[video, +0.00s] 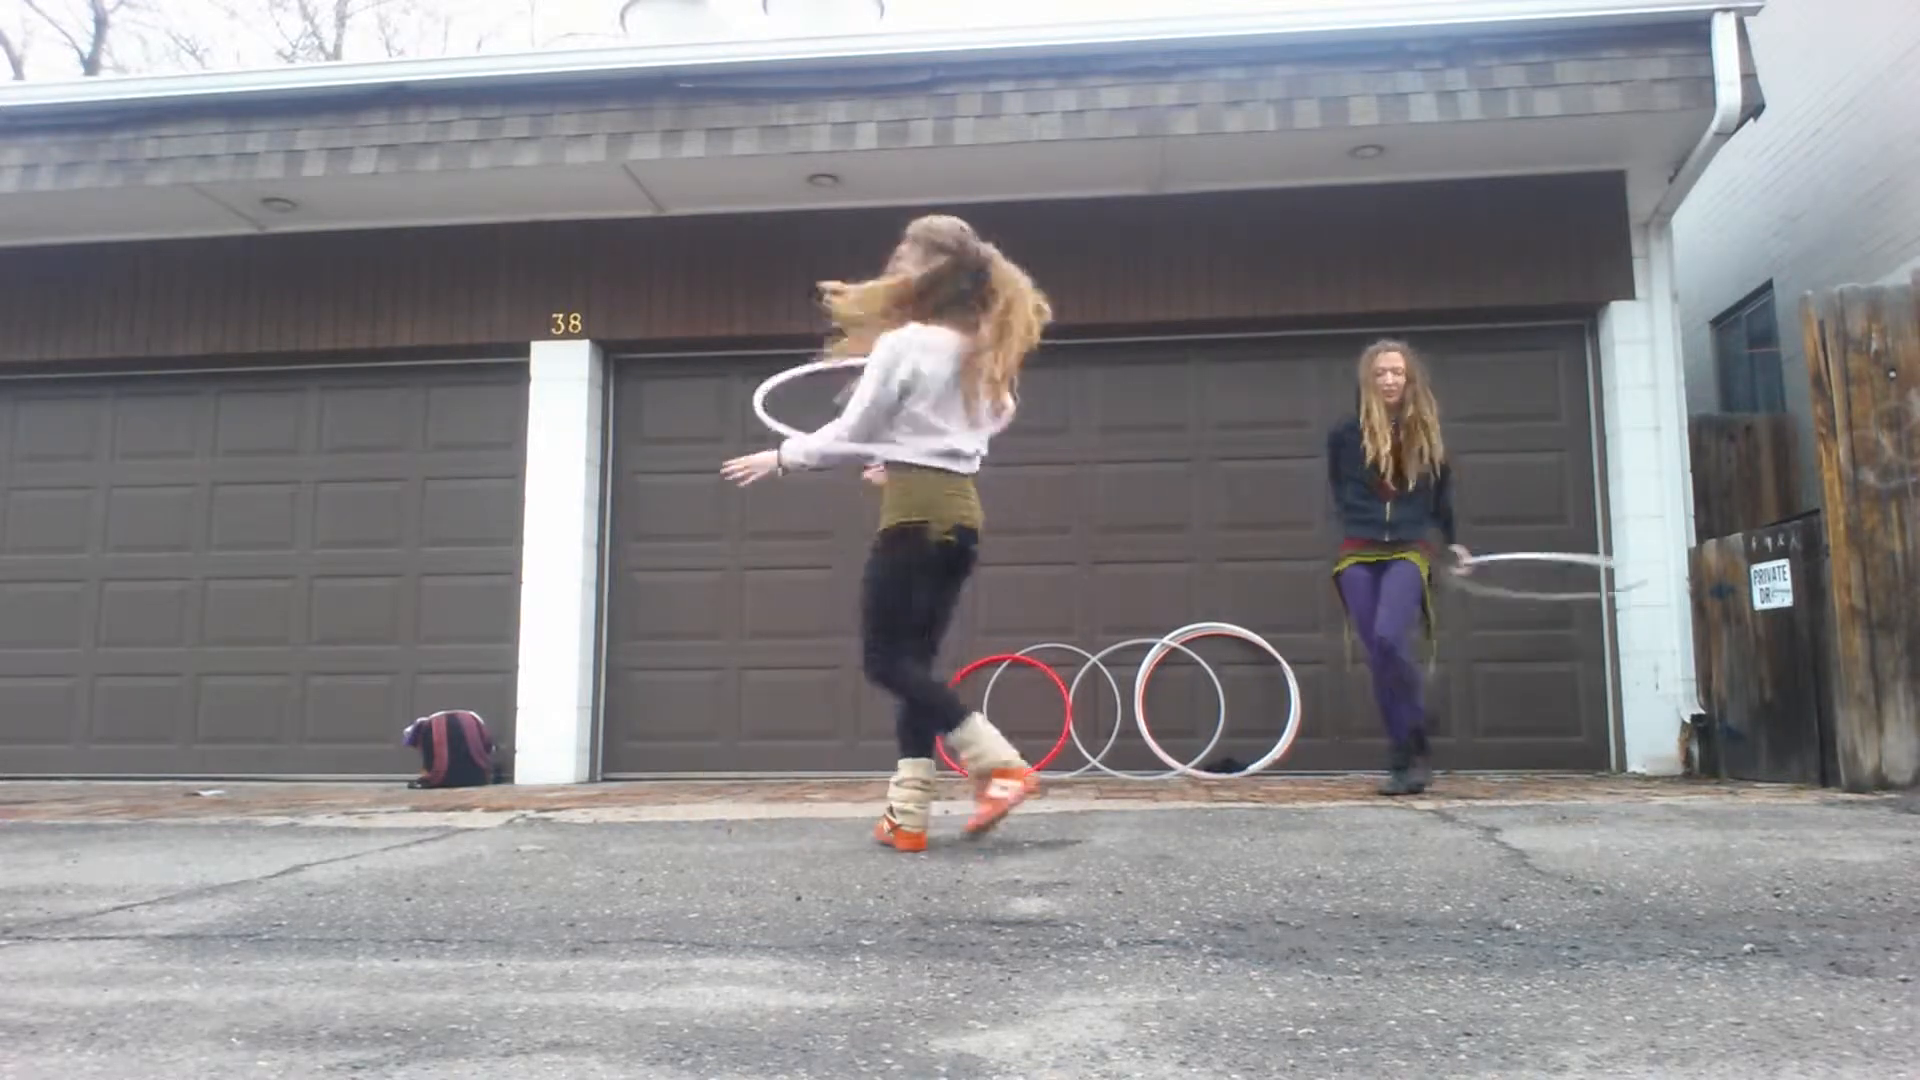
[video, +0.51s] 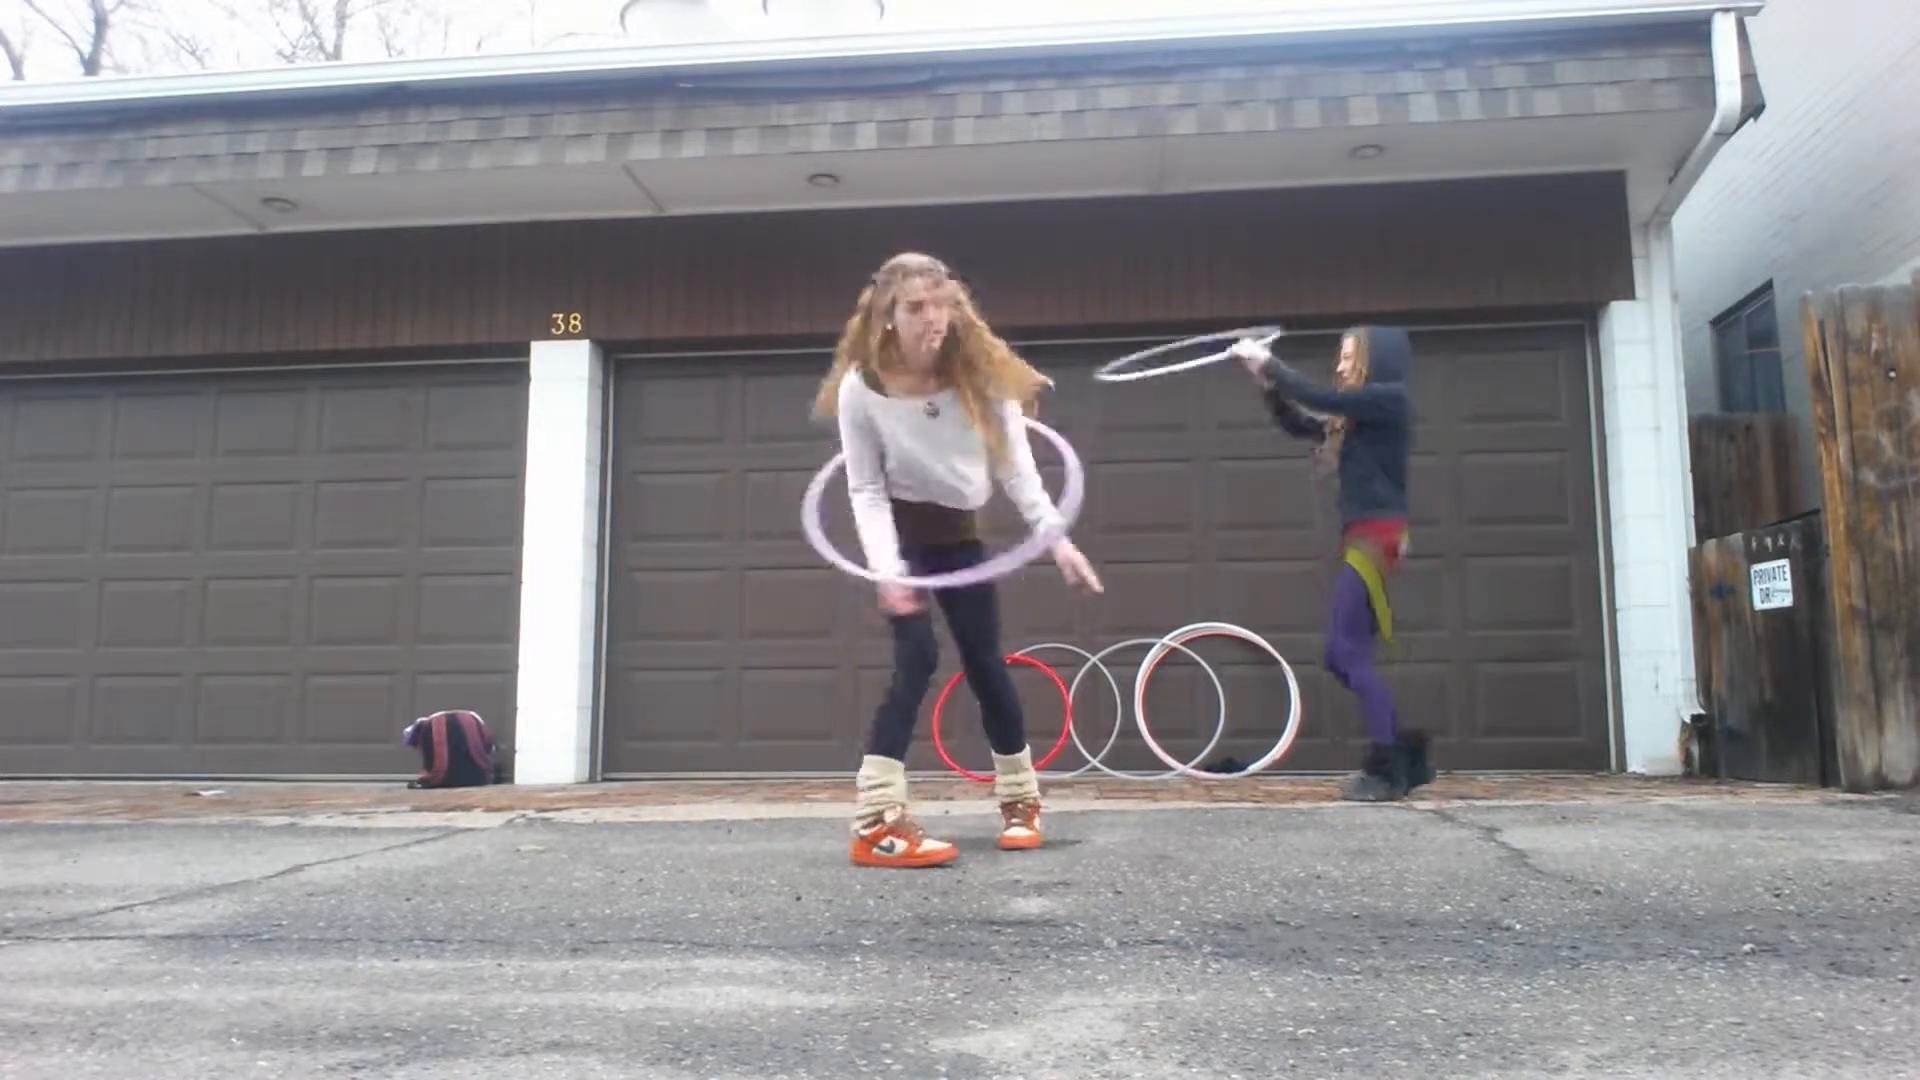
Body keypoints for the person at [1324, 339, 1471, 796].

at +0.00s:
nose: (1388, 381)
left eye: (1396, 373)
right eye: (1380, 373)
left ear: (1410, 380)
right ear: (1367, 380)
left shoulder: (1425, 436)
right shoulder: (1346, 436)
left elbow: (1441, 496)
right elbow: (1342, 497)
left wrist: (1453, 542)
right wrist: (1370, 528)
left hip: (1410, 549)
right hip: (1357, 549)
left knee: (1388, 636)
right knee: (1377, 647)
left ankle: (1414, 739)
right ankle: (1400, 757)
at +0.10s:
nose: (1374, 378)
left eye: (1382, 370)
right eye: (1366, 371)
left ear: (1398, 376)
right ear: (1357, 377)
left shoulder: (1423, 428)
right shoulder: (1342, 431)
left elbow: (1460, 475)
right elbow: (1335, 491)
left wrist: (1479, 517)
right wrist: (1338, 542)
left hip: (1401, 548)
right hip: (1350, 547)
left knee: (1385, 644)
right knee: (1373, 652)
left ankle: (1396, 755)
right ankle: (1405, 758)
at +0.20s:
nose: (1355, 378)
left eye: (1363, 369)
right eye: (1351, 370)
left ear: (1386, 374)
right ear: (1346, 377)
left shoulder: (1411, 420)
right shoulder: (1344, 426)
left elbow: (1433, 450)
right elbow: (1323, 487)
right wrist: (1297, 544)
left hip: (1396, 546)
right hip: (1350, 548)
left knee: (1377, 643)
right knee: (1367, 649)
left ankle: (1390, 760)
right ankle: (1403, 759)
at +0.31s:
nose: (1349, 374)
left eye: (1358, 365)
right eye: (1348, 365)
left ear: (1384, 368)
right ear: (1349, 373)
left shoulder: (1410, 421)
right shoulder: (1346, 423)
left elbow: (1376, 442)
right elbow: (1317, 466)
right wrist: (1269, 484)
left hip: (1394, 545)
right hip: (1355, 545)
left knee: (1374, 646)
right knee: (1359, 650)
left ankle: (1387, 763)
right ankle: (1405, 756)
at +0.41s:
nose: (1346, 368)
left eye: (1354, 359)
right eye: (1345, 360)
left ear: (1380, 362)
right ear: (1349, 365)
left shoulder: (1400, 408)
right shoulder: (1354, 412)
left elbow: (1346, 408)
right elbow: (1302, 451)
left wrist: (1282, 382)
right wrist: (1261, 428)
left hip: (1385, 543)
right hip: (1355, 544)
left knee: (1362, 651)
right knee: (1349, 659)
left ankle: (1385, 764)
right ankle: (1410, 750)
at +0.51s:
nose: (1341, 366)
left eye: (1349, 358)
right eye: (1341, 358)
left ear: (1374, 360)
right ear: (1361, 363)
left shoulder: (1390, 399)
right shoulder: (1360, 407)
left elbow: (1326, 399)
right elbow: (1304, 427)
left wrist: (1270, 366)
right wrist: (1270, 388)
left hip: (1377, 534)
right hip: (1361, 534)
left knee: (1348, 650)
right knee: (1337, 656)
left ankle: (1386, 762)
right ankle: (1404, 747)